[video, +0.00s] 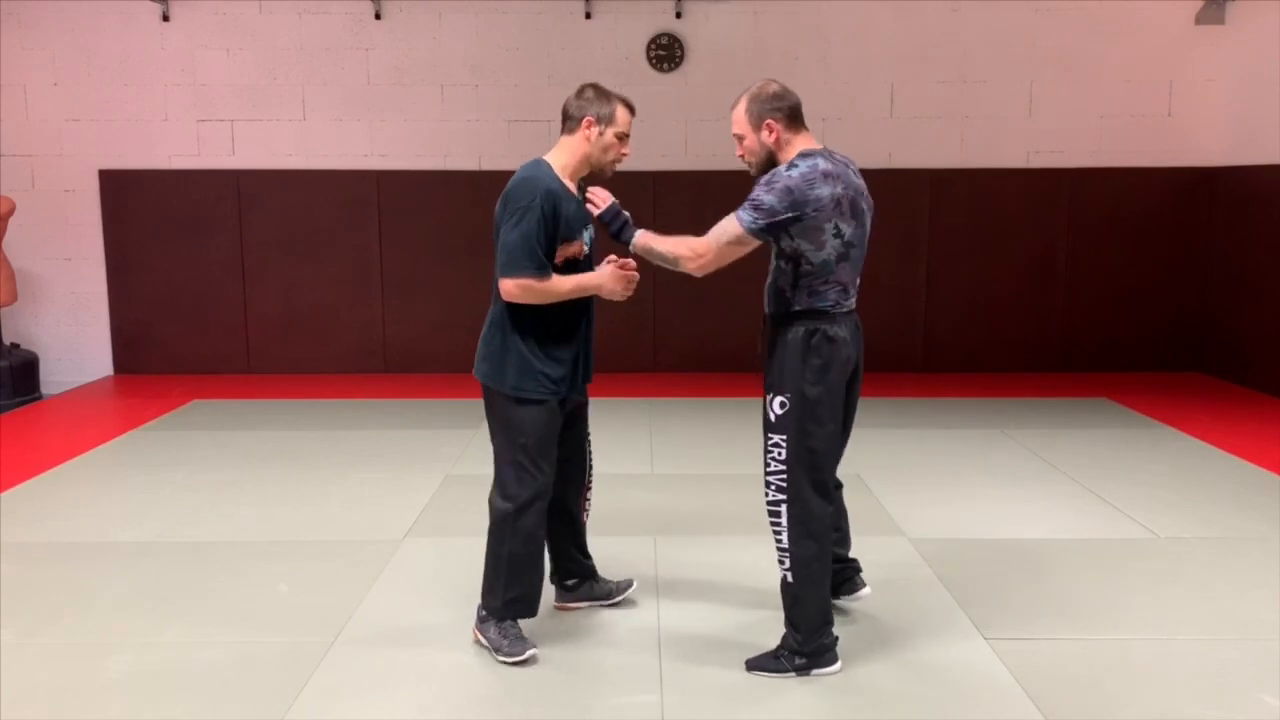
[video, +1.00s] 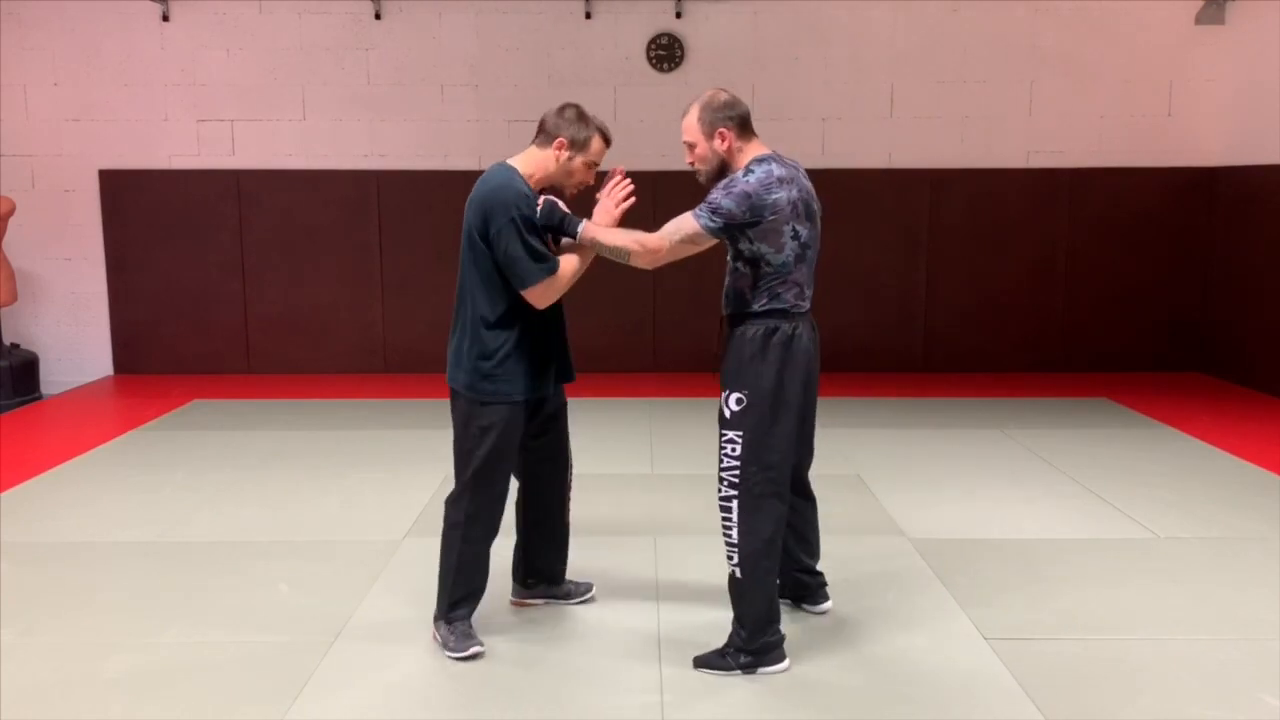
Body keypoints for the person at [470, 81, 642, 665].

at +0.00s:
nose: (627, 148)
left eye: (628, 138)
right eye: (621, 136)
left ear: (589, 132)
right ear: (589, 130)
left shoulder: (575, 193)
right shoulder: (532, 191)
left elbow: (567, 266)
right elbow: (514, 286)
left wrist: (601, 269)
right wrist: (594, 282)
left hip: (562, 369)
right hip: (519, 371)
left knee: (568, 481)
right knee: (523, 492)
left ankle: (574, 579)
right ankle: (496, 615)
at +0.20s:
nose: (615, 160)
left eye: (617, 149)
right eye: (611, 148)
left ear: (576, 141)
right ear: (582, 141)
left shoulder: (548, 196)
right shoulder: (525, 206)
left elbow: (553, 273)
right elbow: (515, 307)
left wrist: (590, 295)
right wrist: (586, 302)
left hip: (545, 375)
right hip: (505, 382)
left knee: (566, 475)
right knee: (508, 505)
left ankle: (576, 578)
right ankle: (488, 623)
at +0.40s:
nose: (598, 158)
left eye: (601, 146)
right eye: (595, 145)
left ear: (563, 135)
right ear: (563, 134)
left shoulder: (537, 185)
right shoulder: (514, 199)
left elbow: (535, 250)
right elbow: (537, 302)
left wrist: (590, 244)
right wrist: (593, 265)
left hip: (542, 368)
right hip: (499, 375)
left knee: (557, 476)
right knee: (496, 501)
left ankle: (550, 576)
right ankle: (487, 623)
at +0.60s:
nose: (606, 178)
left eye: (609, 170)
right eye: (604, 166)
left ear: (576, 148)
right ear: (576, 147)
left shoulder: (551, 193)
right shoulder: (522, 194)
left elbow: (583, 264)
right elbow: (553, 289)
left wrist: (616, 225)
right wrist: (606, 239)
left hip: (534, 364)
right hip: (499, 369)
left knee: (552, 475)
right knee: (513, 489)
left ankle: (539, 577)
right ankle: (489, 618)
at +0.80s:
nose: (606, 182)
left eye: (611, 173)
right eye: (605, 170)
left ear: (577, 150)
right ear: (579, 148)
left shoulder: (546, 191)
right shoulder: (521, 189)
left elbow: (585, 242)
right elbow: (556, 285)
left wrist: (615, 222)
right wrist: (601, 240)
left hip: (536, 367)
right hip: (497, 368)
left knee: (546, 478)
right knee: (491, 494)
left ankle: (537, 579)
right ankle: (459, 614)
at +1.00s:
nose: (591, 178)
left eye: (594, 169)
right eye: (589, 166)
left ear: (559, 150)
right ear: (560, 149)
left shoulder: (532, 194)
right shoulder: (503, 195)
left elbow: (566, 257)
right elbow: (541, 291)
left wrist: (596, 224)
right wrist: (592, 236)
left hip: (535, 369)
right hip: (490, 373)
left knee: (547, 478)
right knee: (479, 495)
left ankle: (538, 579)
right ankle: (453, 615)